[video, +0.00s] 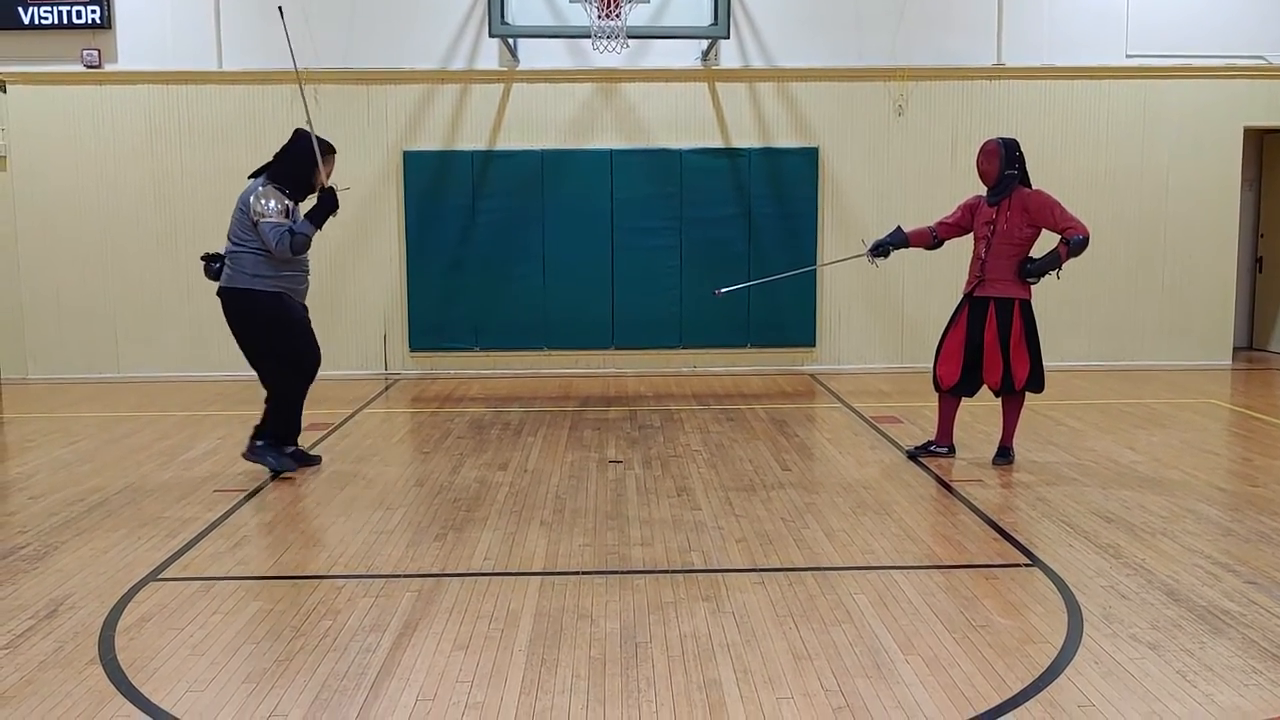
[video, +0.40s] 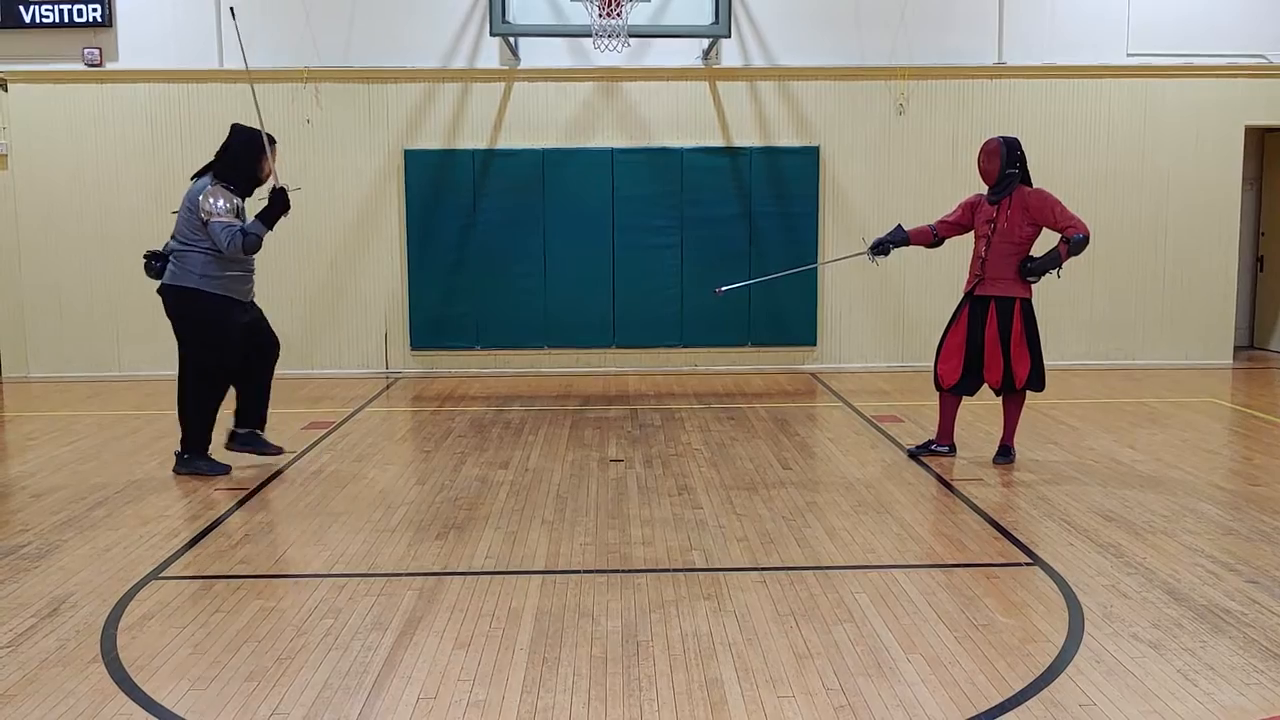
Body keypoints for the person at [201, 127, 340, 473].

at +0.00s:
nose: (328, 178)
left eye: (329, 170)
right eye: (326, 169)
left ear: (298, 165)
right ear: (306, 166)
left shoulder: (281, 196)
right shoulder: (265, 192)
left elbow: (264, 246)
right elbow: (284, 244)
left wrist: (228, 259)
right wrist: (319, 213)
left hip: (273, 293)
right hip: (252, 293)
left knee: (299, 362)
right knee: (299, 361)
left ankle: (282, 442)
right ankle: (267, 442)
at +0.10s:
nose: (317, 177)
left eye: (318, 169)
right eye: (315, 168)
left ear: (287, 165)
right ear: (295, 165)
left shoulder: (271, 197)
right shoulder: (255, 192)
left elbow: (251, 246)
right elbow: (274, 244)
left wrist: (215, 260)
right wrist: (309, 214)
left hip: (269, 298)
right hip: (240, 296)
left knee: (284, 371)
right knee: (261, 374)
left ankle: (284, 449)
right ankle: (217, 436)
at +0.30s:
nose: (288, 173)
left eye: (289, 166)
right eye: (285, 165)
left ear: (258, 164)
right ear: (266, 164)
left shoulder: (239, 195)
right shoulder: (227, 193)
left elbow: (209, 240)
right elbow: (248, 244)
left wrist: (183, 259)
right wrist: (284, 215)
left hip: (237, 298)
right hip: (208, 295)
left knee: (267, 358)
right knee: (216, 365)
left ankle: (276, 442)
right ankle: (190, 453)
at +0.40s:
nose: (272, 169)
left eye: (272, 162)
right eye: (268, 161)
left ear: (242, 161)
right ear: (249, 160)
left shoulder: (226, 192)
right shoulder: (212, 191)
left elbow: (196, 236)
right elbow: (235, 243)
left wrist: (170, 256)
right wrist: (270, 213)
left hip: (227, 295)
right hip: (195, 293)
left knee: (263, 349)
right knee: (206, 369)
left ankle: (246, 432)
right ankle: (192, 453)